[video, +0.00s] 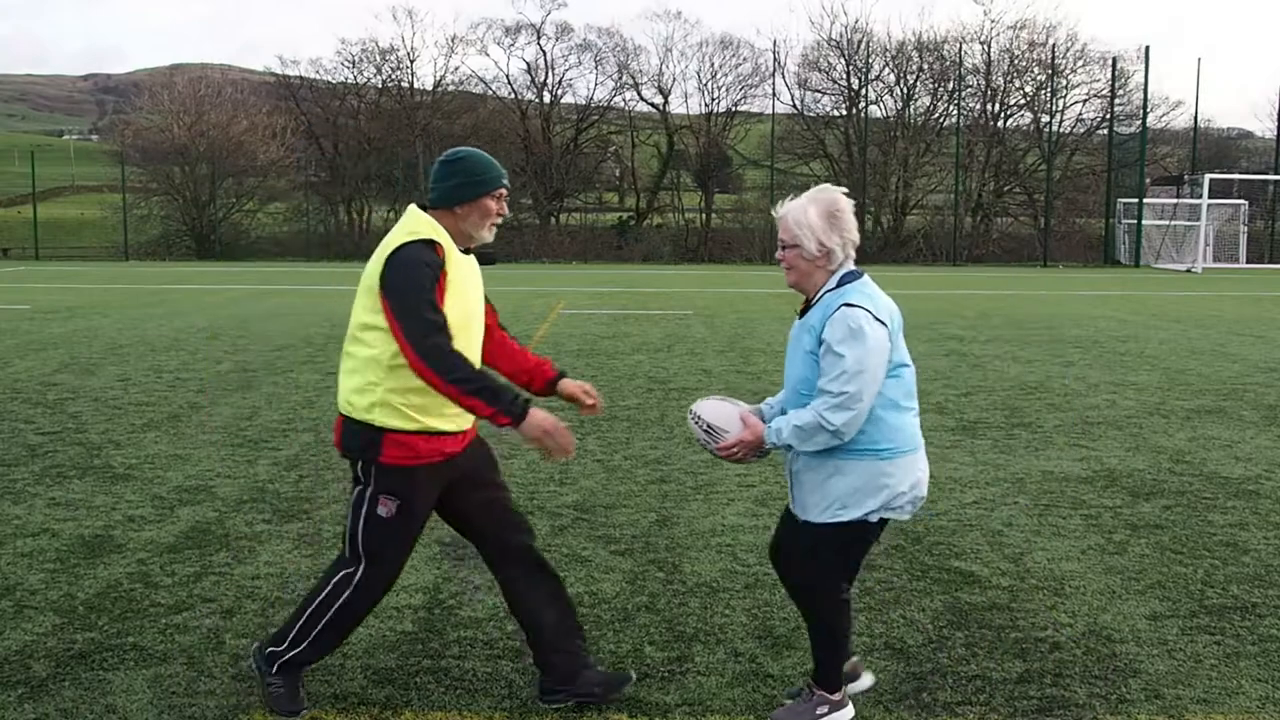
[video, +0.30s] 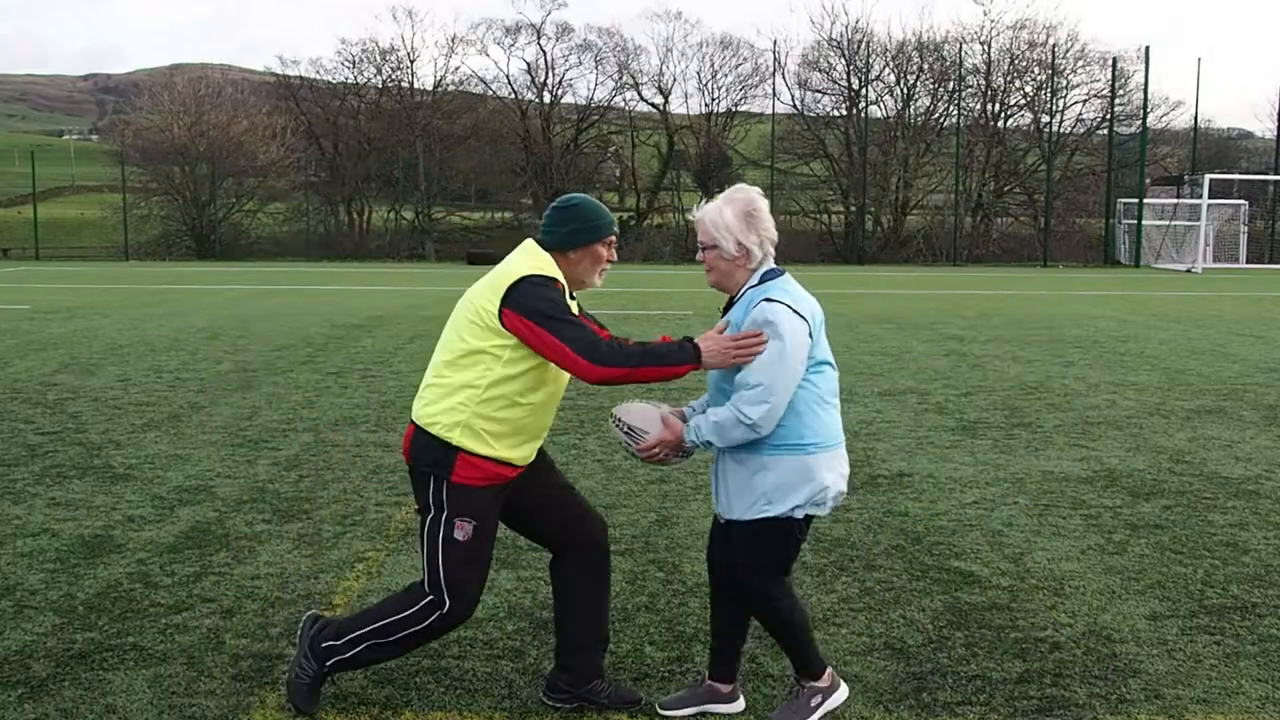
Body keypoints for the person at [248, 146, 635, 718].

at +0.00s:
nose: (503, 211)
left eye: (504, 199)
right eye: (494, 200)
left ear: (463, 202)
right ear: (458, 202)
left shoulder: (456, 255)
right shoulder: (412, 256)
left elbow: (488, 336)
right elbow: (435, 358)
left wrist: (555, 381)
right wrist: (522, 412)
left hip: (453, 439)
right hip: (394, 444)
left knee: (514, 550)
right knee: (366, 571)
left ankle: (566, 674)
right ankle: (280, 659)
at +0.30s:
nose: (611, 258)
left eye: (612, 248)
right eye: (606, 247)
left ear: (571, 245)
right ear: (575, 244)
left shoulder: (552, 286)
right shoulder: (528, 284)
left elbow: (608, 349)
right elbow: (593, 363)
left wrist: (693, 351)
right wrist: (698, 354)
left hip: (505, 451)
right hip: (455, 451)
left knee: (583, 537)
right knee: (449, 600)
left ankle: (578, 679)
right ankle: (323, 645)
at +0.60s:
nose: (552, 235)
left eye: (552, 224)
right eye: (544, 224)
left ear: (508, 228)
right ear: (509, 225)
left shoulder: (500, 276)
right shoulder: (465, 274)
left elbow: (538, 344)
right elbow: (512, 352)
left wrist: (613, 365)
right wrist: (617, 352)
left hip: (490, 451)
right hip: (437, 456)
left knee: (568, 539)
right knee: (434, 599)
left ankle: (578, 678)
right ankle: (310, 652)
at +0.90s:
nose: (410, 190)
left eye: (410, 179)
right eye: (401, 178)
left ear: (371, 186)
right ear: (364, 182)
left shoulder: (367, 236)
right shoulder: (332, 238)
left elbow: (376, 332)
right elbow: (340, 346)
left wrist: (432, 373)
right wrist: (422, 403)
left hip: (381, 420)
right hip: (326, 425)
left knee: (441, 514)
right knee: (331, 556)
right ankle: (288, 682)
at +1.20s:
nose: (353, 194)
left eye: (355, 184)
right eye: (344, 182)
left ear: (327, 190)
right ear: (309, 182)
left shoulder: (309, 240)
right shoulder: (266, 232)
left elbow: (300, 330)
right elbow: (216, 329)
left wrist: (344, 389)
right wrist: (258, 418)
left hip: (265, 411)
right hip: (229, 410)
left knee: (246, 530)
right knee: (282, 535)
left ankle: (220, 646)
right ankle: (266, 674)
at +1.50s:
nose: (285, 186)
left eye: (288, 177)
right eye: (275, 174)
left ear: (271, 181)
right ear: (238, 173)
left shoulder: (244, 228)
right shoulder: (201, 227)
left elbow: (237, 317)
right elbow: (172, 333)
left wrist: (270, 375)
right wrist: (226, 418)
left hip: (221, 413)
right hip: (170, 412)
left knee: (238, 526)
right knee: (155, 551)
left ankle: (222, 638)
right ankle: (118, 682)